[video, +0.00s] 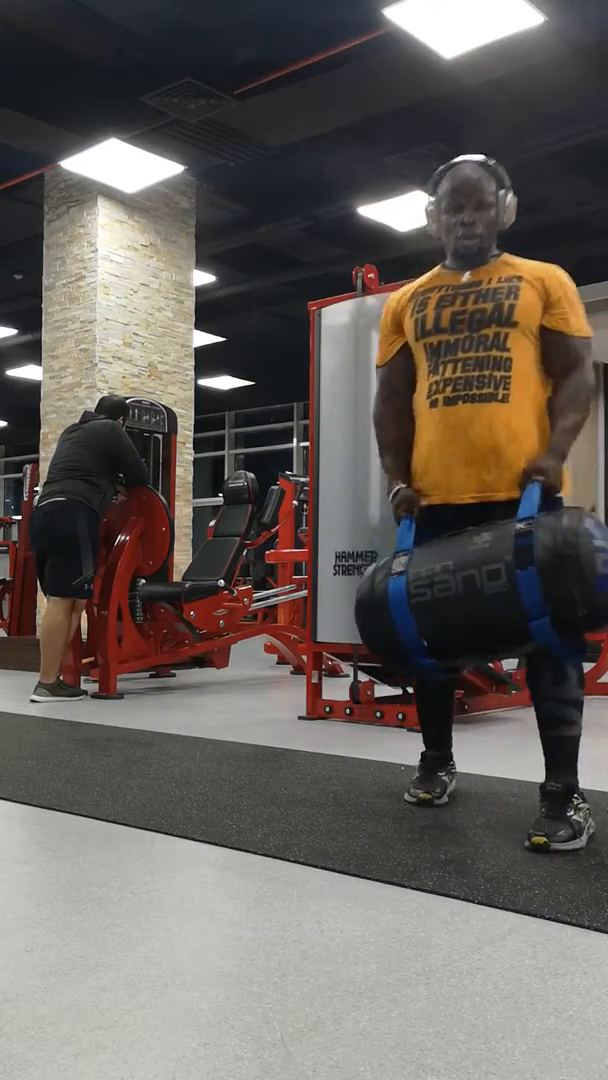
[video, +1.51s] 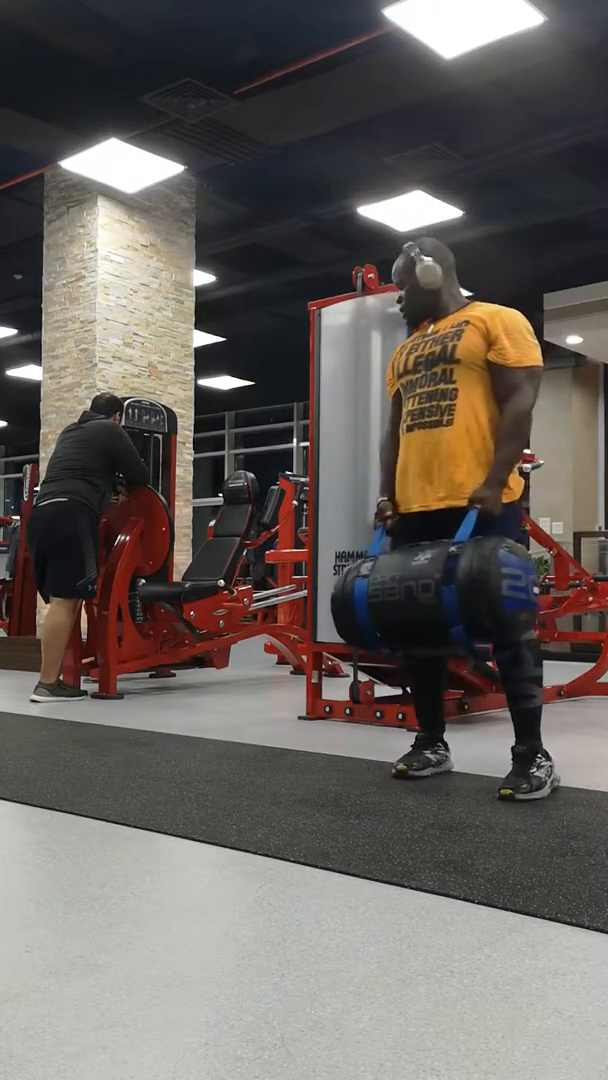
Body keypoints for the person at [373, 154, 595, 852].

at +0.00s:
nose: (467, 216)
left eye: (479, 204)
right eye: (453, 206)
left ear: (507, 208)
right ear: (434, 216)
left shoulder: (544, 282)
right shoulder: (405, 302)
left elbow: (575, 375)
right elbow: (391, 397)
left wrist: (555, 453)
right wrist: (396, 476)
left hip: (524, 494)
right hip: (434, 499)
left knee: (549, 631)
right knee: (429, 631)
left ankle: (560, 791)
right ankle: (435, 760)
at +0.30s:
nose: (441, 234)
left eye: (454, 221)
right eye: (430, 225)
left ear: (483, 222)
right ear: (417, 234)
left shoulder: (524, 287)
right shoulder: (398, 307)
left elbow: (552, 378)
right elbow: (383, 394)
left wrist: (523, 455)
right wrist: (377, 464)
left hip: (500, 491)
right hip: (416, 494)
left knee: (518, 624)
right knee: (416, 626)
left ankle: (528, 770)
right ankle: (434, 761)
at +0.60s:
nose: (456, 257)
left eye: (468, 244)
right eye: (446, 247)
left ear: (499, 237)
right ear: (436, 247)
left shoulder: (540, 298)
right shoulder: (423, 314)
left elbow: (564, 393)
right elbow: (407, 398)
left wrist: (525, 471)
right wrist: (394, 469)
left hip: (510, 499)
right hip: (429, 499)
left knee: (523, 623)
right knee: (430, 628)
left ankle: (534, 757)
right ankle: (433, 761)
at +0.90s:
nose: (480, 255)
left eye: (492, 243)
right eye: (470, 245)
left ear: (523, 238)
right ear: (457, 247)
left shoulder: (558, 307)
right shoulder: (439, 317)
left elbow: (579, 400)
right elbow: (424, 401)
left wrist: (547, 485)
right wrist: (415, 476)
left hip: (524, 504)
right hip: (448, 504)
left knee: (532, 626)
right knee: (441, 622)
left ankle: (536, 759)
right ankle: (443, 750)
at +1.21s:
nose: (415, 281)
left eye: (420, 268)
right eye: (414, 270)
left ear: (452, 257)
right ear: (446, 262)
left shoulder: (527, 314)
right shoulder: (419, 337)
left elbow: (552, 400)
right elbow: (411, 419)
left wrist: (531, 483)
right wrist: (409, 490)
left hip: (509, 506)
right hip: (437, 511)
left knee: (527, 627)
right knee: (428, 622)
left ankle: (535, 757)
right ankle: (430, 742)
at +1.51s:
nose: (396, 298)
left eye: (401, 286)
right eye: (395, 288)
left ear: (431, 276)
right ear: (425, 283)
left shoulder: (497, 320)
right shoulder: (402, 354)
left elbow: (520, 401)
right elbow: (393, 428)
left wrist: (495, 482)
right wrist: (387, 492)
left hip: (487, 506)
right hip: (416, 512)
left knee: (509, 622)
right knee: (416, 624)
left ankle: (529, 754)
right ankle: (430, 742)